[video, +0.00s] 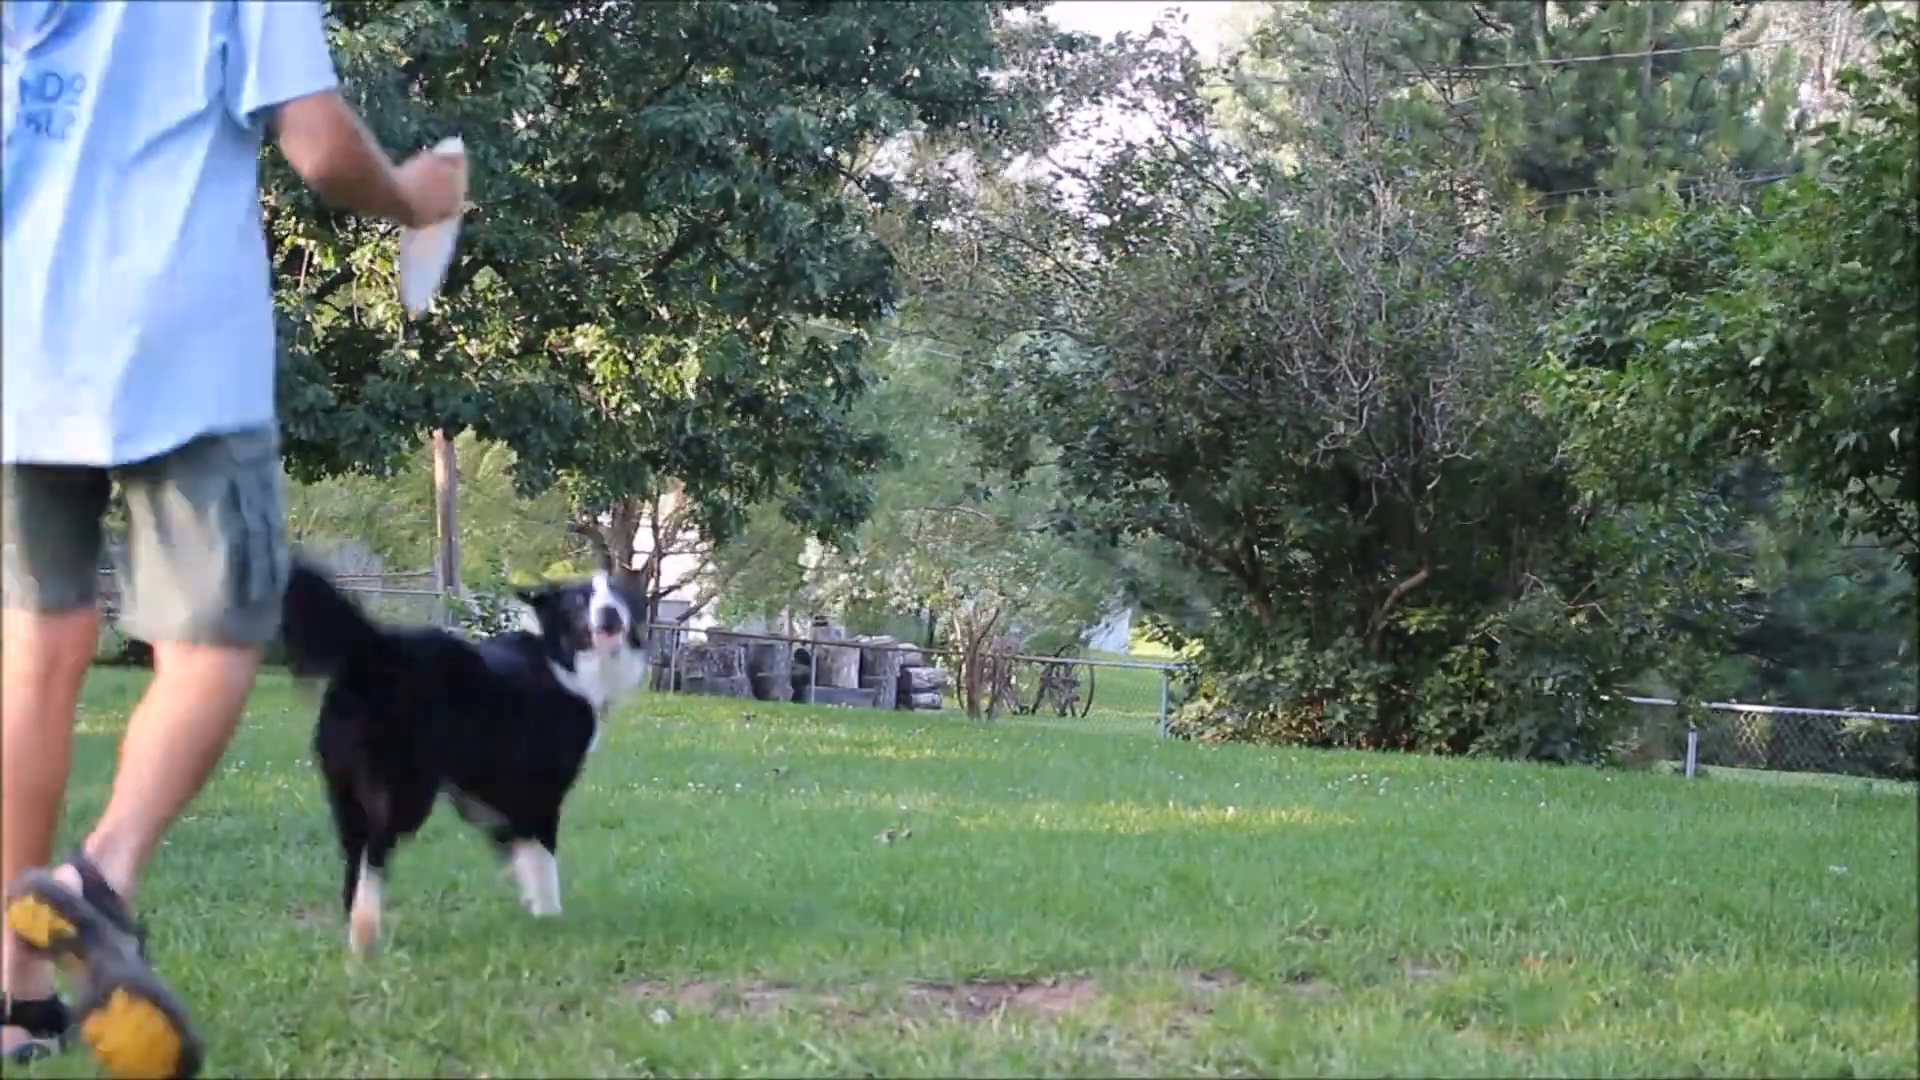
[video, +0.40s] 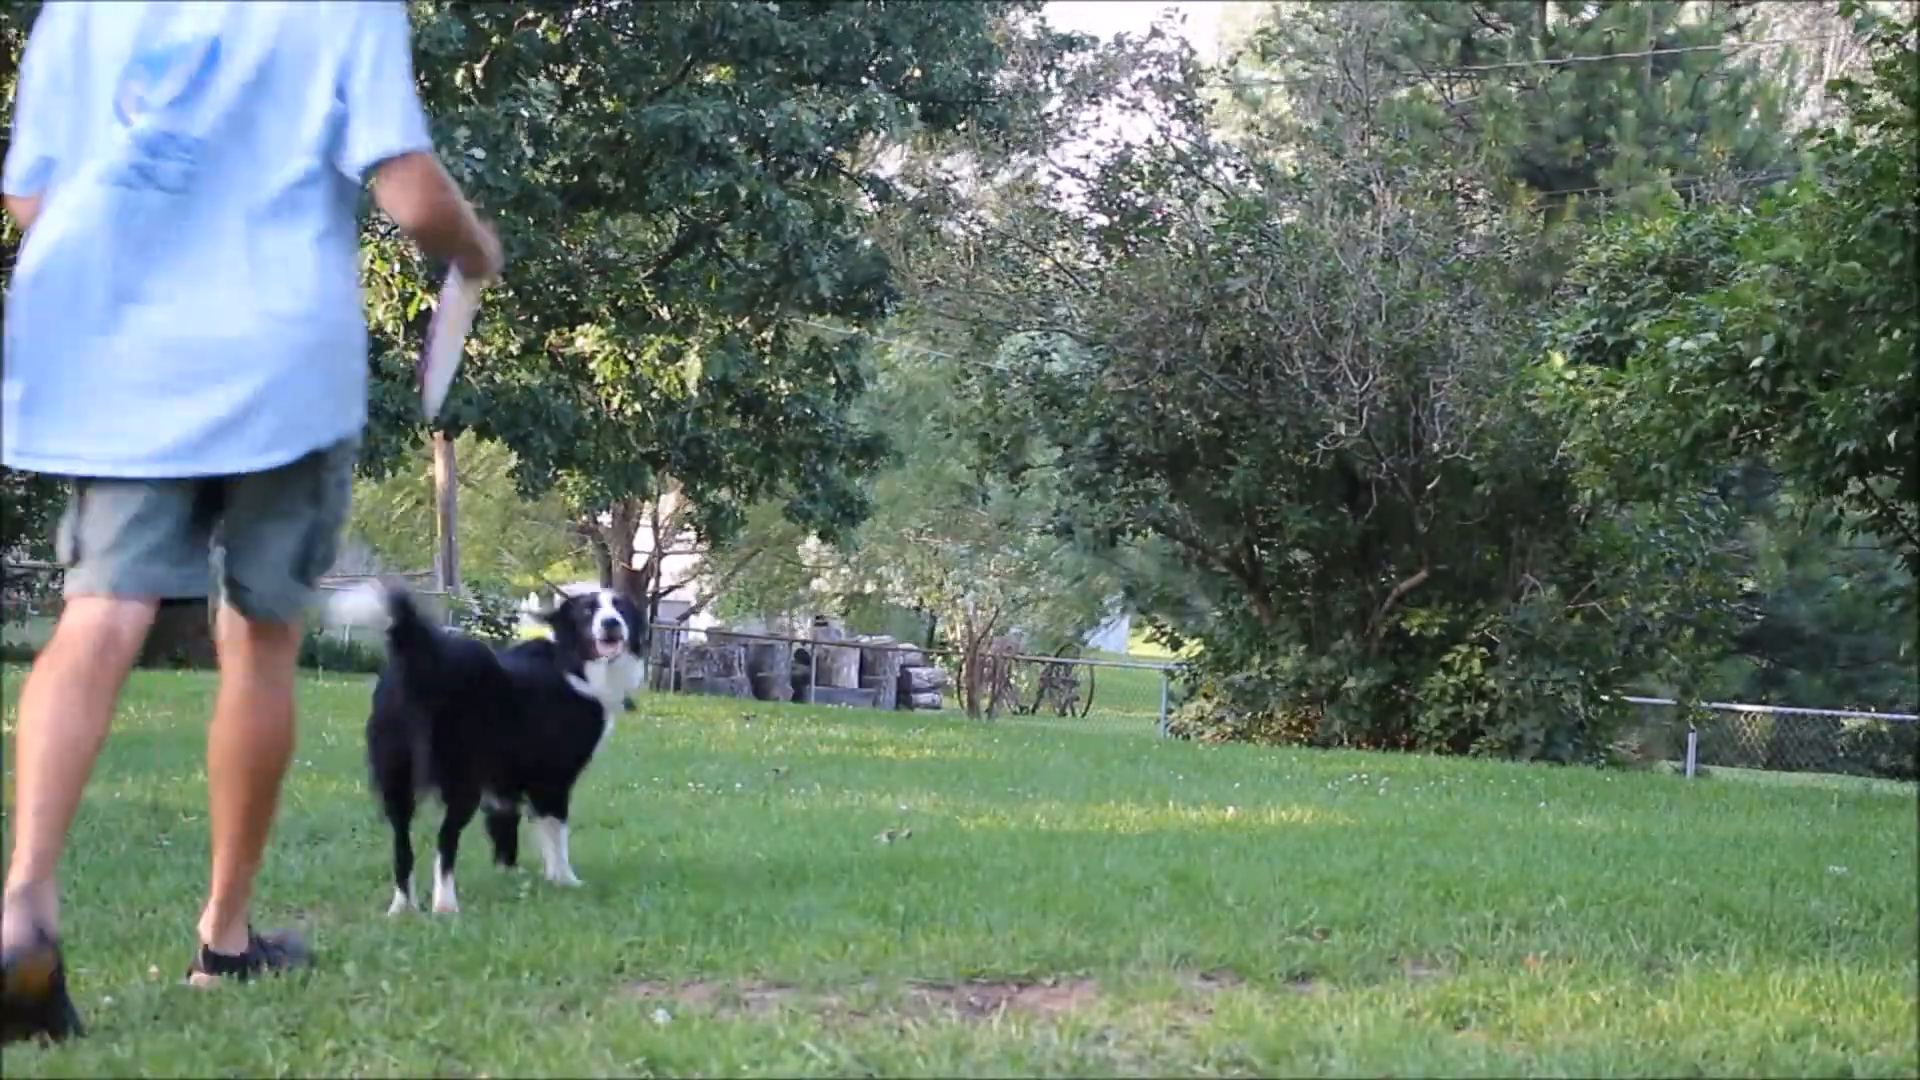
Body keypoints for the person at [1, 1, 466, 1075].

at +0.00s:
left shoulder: (27, 16)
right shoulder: (244, 3)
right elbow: (321, 148)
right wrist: (409, 192)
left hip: (16, 337)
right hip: (178, 335)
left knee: (36, 644)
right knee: (211, 641)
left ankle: (20, 991)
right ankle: (104, 872)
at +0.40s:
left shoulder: (80, 9)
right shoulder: (349, 9)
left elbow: (28, 196)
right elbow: (412, 198)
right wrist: (473, 250)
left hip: (116, 354)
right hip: (284, 361)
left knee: (98, 618)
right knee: (259, 646)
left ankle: (25, 907)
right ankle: (225, 930)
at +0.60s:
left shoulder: (188, 7)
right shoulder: (434, 10)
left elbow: (136, 199)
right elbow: (497, 213)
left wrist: (238, 238)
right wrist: (471, 263)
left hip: (210, 357)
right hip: (356, 368)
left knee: (208, 590)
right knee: (302, 647)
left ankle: (129, 816)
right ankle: (227, 929)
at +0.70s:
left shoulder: (234, 8)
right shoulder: (474, 10)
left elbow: (185, 191)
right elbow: (550, 197)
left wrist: (300, 211)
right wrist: (460, 234)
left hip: (257, 344)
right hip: (394, 349)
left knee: (274, 591)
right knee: (323, 620)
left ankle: (232, 876)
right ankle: (225, 920)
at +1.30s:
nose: (592, 4)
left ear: (601, 1)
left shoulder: (558, 87)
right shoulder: (765, 91)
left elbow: (530, 263)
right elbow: (824, 271)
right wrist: (726, 284)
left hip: (578, 411)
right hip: (723, 409)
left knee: (504, 617)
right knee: (746, 620)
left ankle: (399, 851)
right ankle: (826, 856)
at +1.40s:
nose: (660, 13)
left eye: (660, 5)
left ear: (671, 7)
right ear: (753, 2)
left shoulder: (655, 97)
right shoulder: (830, 94)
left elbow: (661, 271)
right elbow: (871, 271)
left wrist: (607, 280)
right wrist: (776, 293)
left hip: (680, 408)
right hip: (807, 408)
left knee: (577, 605)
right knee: (770, 614)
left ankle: (477, 842)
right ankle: (825, 857)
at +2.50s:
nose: (1082, 12)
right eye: (1082, 1)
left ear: (1133, 3)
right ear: (1135, 8)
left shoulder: (1232, 103)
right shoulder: (1115, 98)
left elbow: (1287, 265)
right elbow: (1096, 238)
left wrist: (1163, 285)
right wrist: (1001, 292)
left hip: (1191, 393)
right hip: (1122, 390)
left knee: (1161, 589)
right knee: (1123, 581)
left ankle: (1193, 849)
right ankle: (1239, 782)